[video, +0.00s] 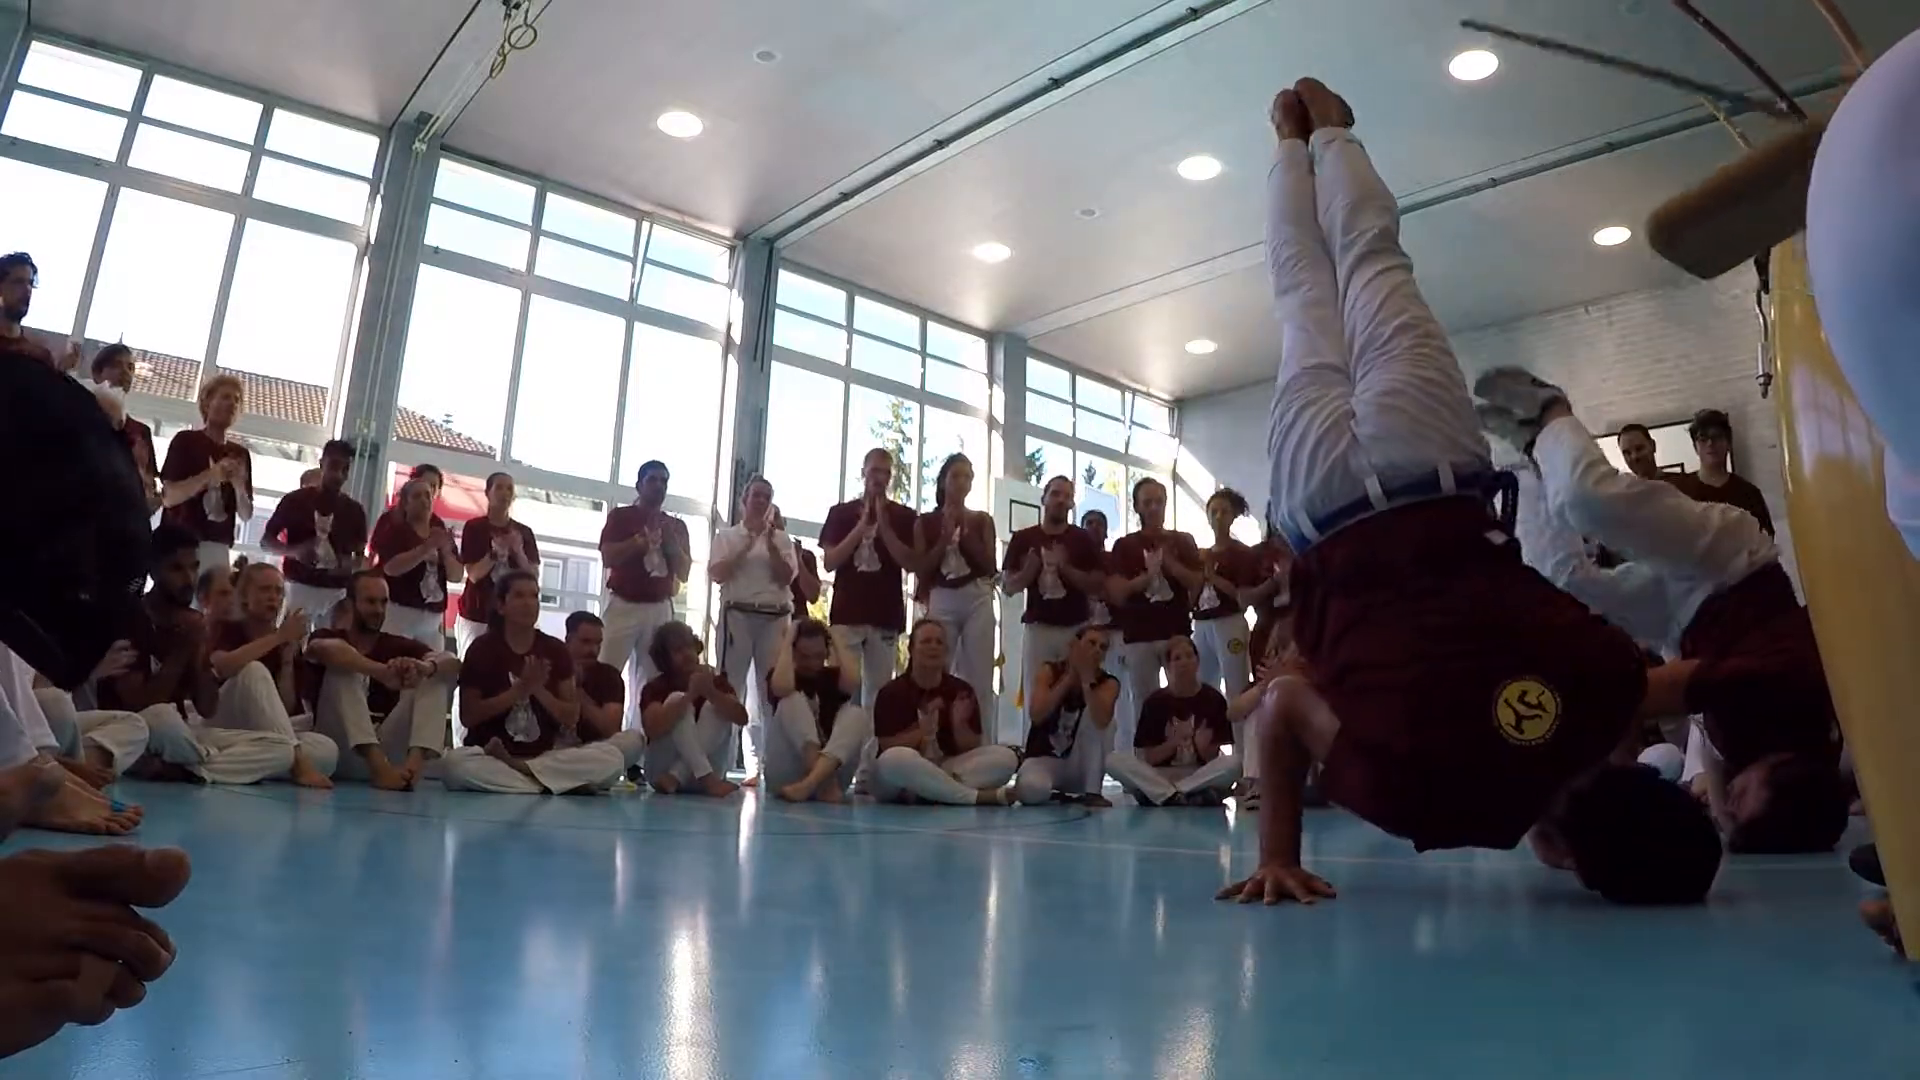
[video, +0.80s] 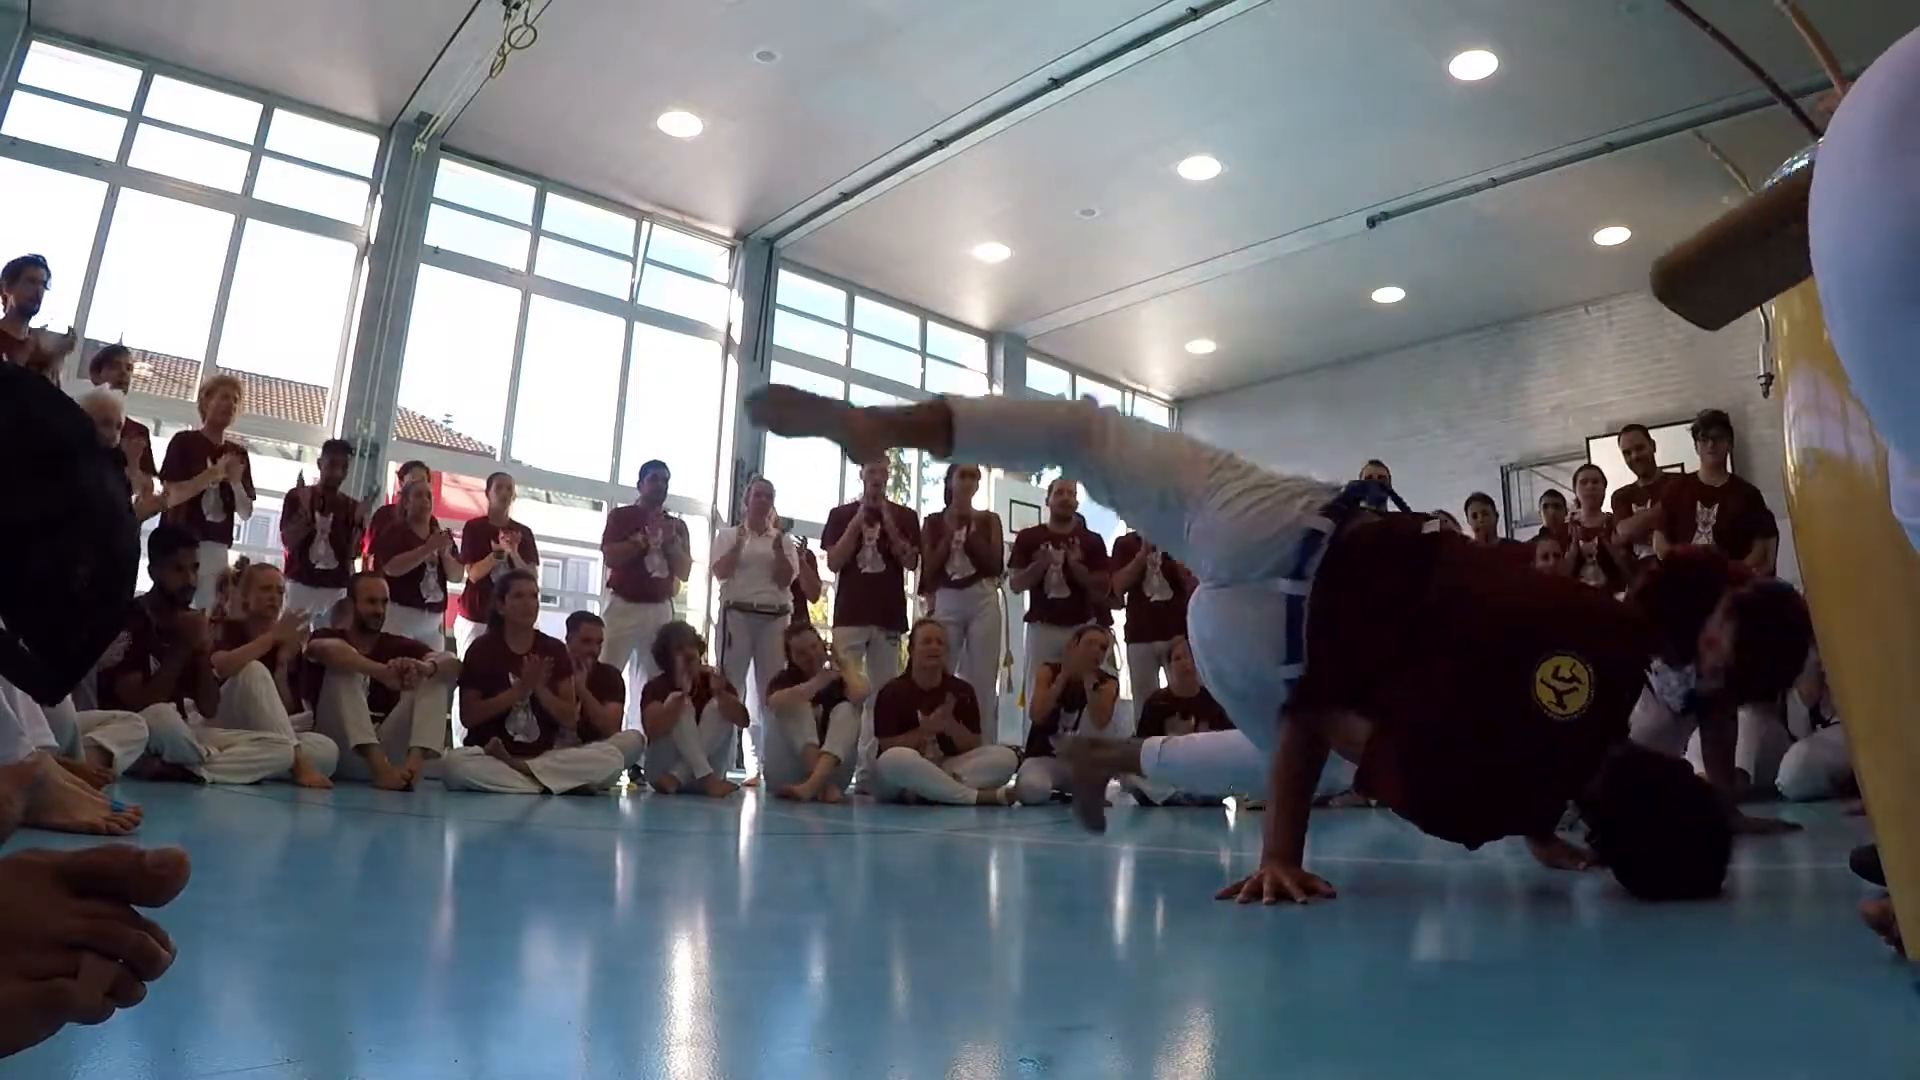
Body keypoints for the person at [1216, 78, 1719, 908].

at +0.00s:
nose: (1550, 876)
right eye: (1570, 875)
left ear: (1651, 796)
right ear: (1564, 854)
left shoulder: (1614, 694)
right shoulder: (1425, 794)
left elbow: (1690, 682)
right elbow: (1282, 699)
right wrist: (1277, 858)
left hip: (1453, 494)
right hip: (1328, 527)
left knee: (1375, 263)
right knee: (1307, 312)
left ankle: (1333, 132)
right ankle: (1290, 144)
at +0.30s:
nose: (1562, 875)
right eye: (1582, 874)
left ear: (1663, 796)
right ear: (1575, 859)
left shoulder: (1610, 684)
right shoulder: (1430, 807)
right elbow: (1283, 698)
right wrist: (1277, 857)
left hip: (1414, 463)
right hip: (1295, 524)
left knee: (1400, 333)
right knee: (1305, 412)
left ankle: (1272, 146)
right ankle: (1257, 231)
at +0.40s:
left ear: (1677, 797)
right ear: (1597, 859)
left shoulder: (1611, 681)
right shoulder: (1427, 815)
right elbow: (1281, 707)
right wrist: (1277, 859)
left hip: (1401, 500)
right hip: (1272, 559)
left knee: (1392, 336)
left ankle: (1249, 239)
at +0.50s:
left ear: (1662, 770)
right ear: (1601, 857)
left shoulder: (1613, 671)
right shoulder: (1440, 820)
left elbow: (1481, 594)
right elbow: (1284, 705)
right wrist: (1276, 857)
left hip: (1343, 500)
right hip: (1245, 592)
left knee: (1358, 294)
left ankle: (1238, 343)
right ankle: (1221, 481)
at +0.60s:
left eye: (1707, 780)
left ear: (1655, 787)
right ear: (1605, 863)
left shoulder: (1611, 662)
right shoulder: (1446, 822)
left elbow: (1470, 595)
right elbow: (1296, 713)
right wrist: (1277, 859)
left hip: (1317, 520)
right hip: (1243, 631)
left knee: (1269, 299)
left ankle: (1153, 369)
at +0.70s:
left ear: (1654, 770)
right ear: (1599, 853)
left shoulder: (1605, 651)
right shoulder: (1468, 818)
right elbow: (1323, 715)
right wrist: (1283, 858)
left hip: (1300, 525)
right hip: (1252, 663)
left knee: (1173, 346)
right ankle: (1172, 709)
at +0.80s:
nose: (1594, 866)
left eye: (1625, 859)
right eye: (1616, 864)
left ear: (1658, 738)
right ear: (1604, 845)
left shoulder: (1604, 644)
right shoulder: (1492, 801)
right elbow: (1319, 723)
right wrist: (1281, 854)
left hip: (1300, 527)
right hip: (1259, 650)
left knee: (1092, 436)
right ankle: (1122, 762)